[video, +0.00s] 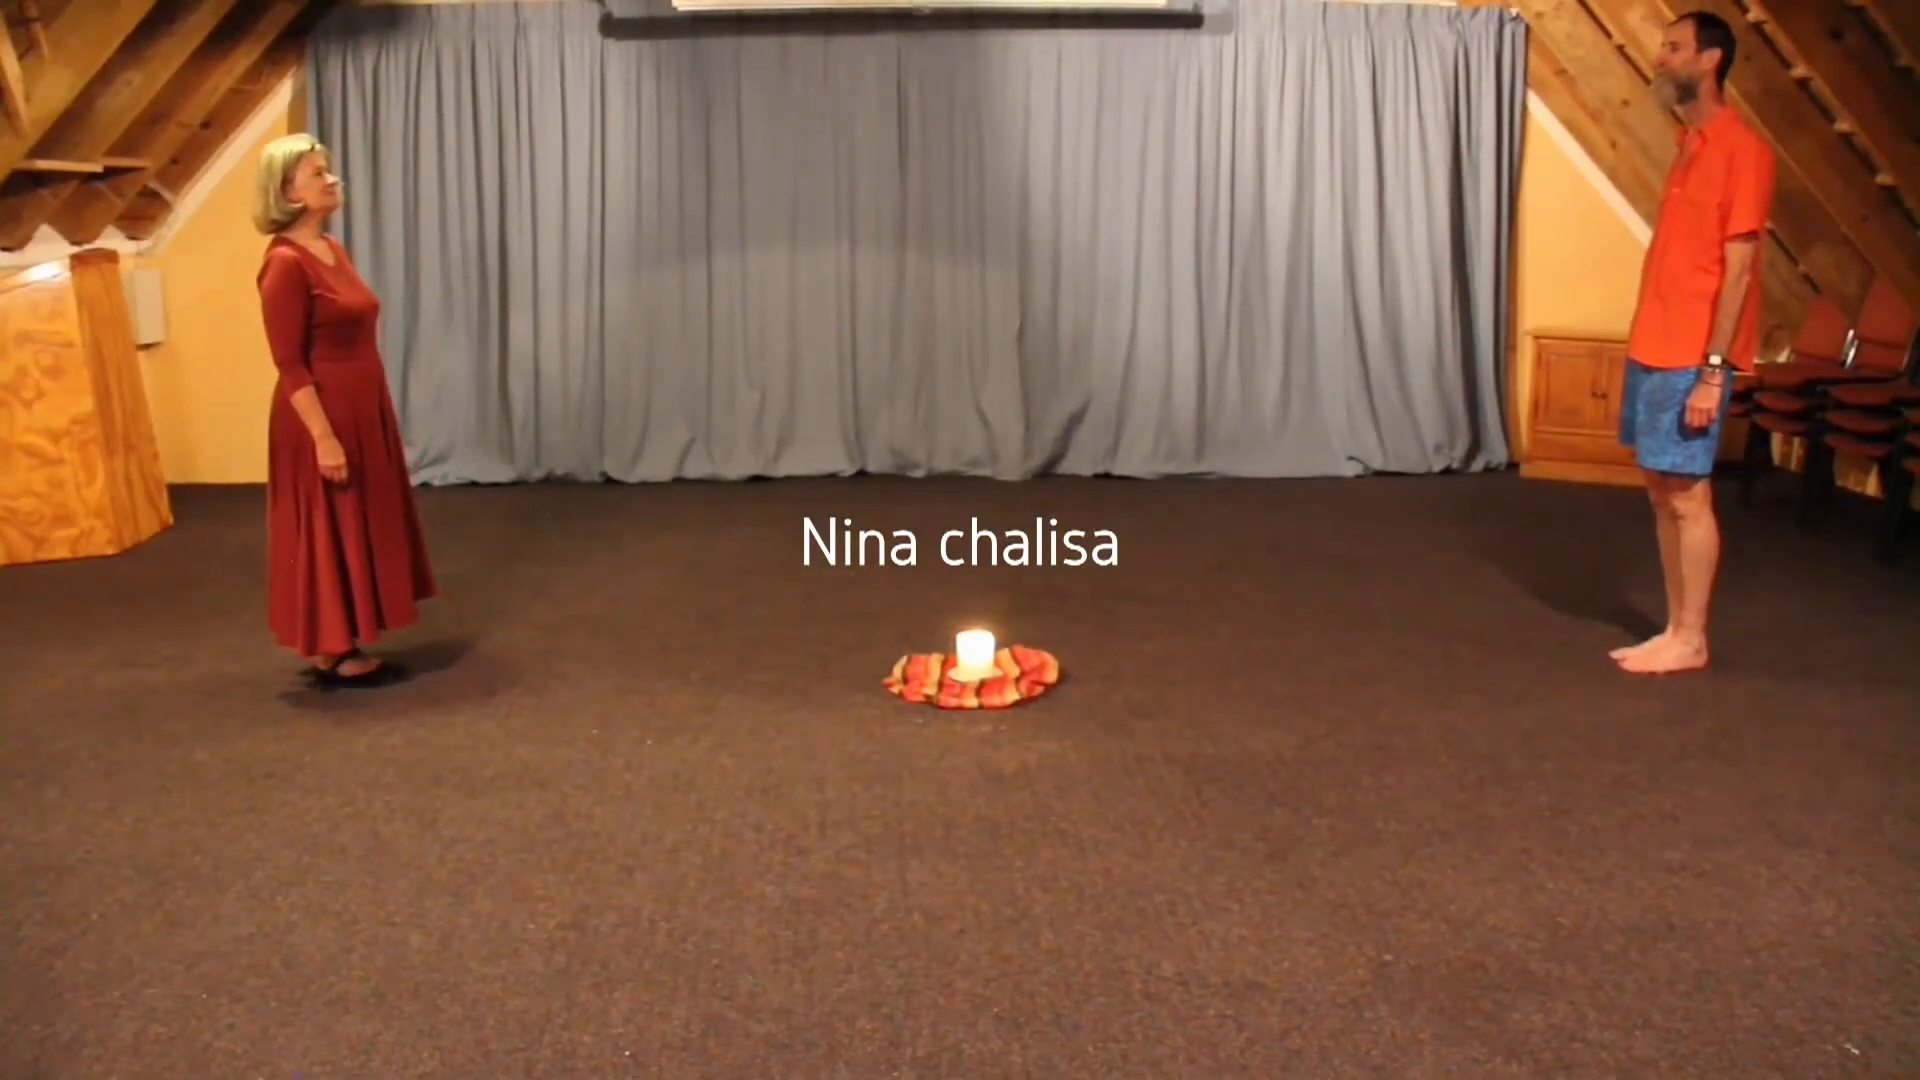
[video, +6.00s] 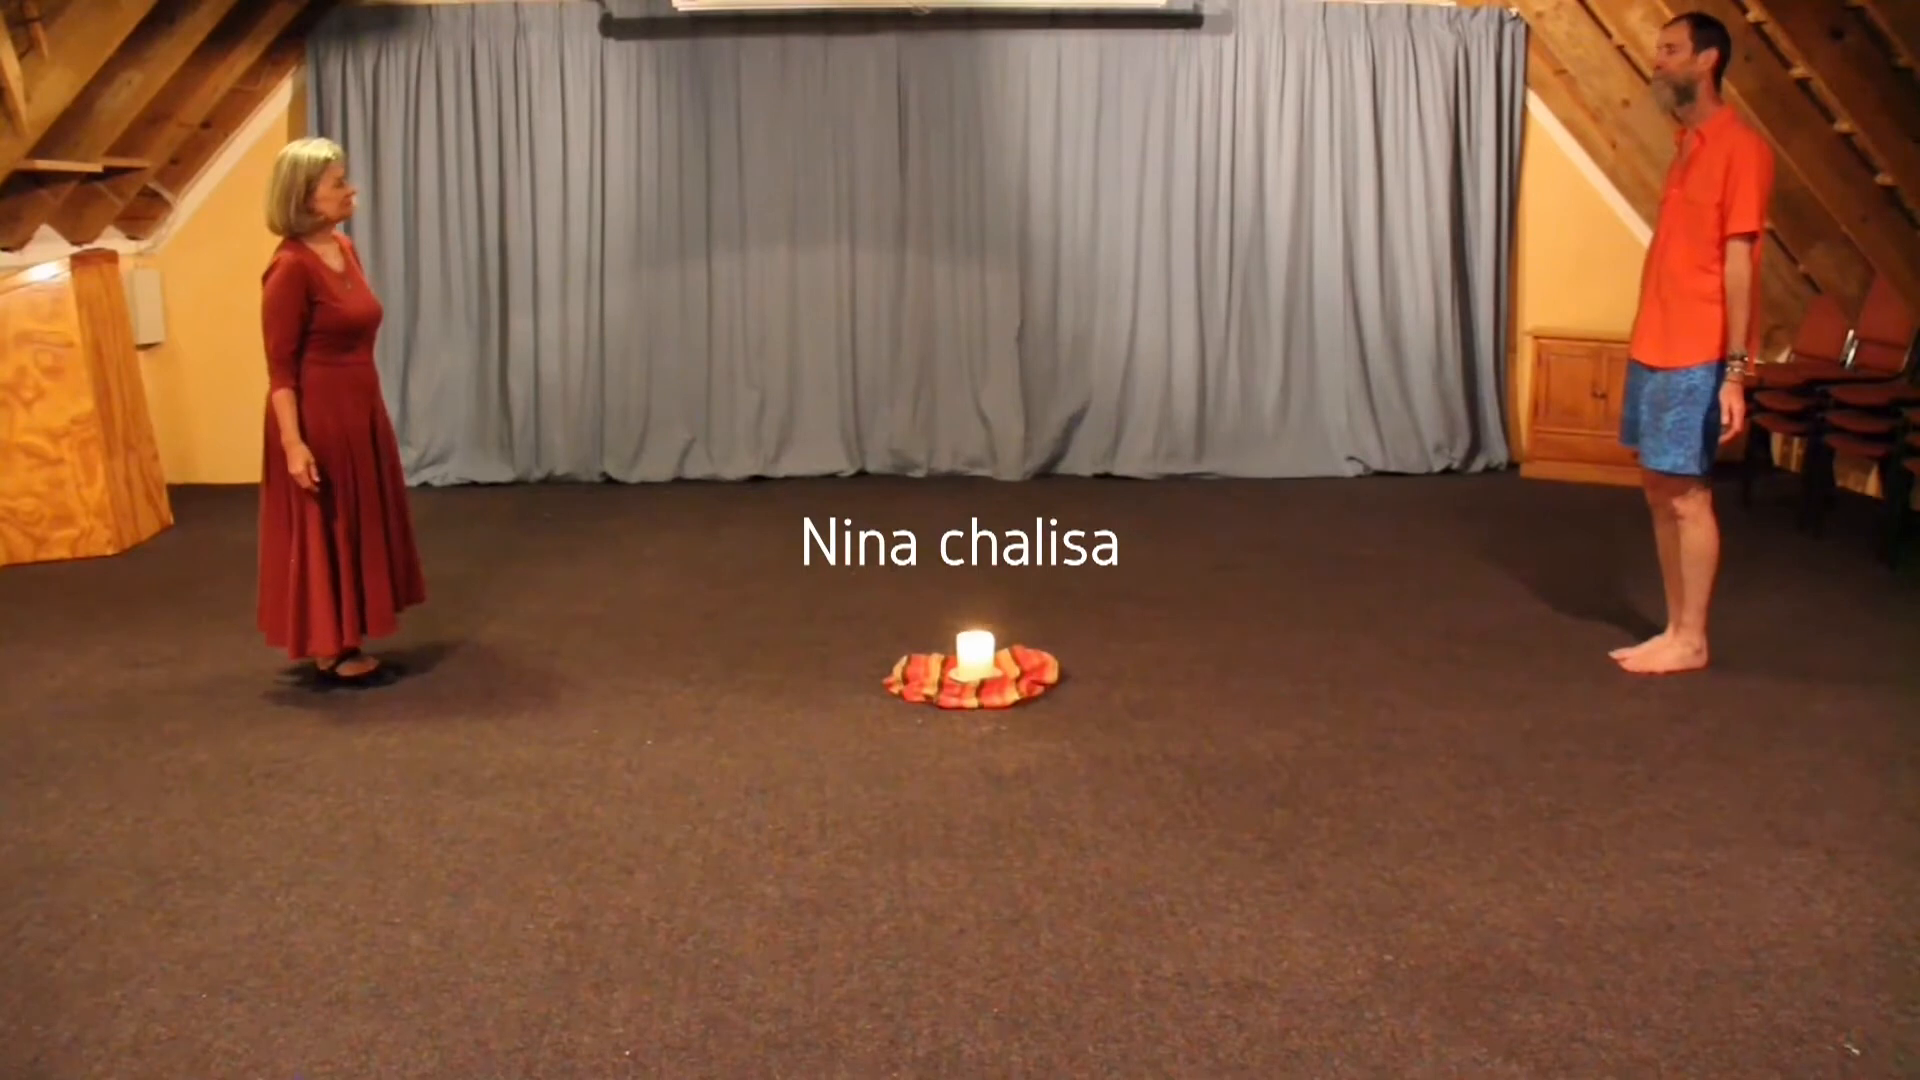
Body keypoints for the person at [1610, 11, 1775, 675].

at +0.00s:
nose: (1660, 58)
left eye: (1674, 47)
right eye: (1662, 46)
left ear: (1711, 59)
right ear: (1693, 61)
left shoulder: (1743, 147)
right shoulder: (1694, 144)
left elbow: (1740, 268)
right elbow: (1684, 258)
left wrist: (1715, 367)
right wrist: (1651, 348)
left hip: (1693, 360)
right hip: (1656, 354)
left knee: (1688, 499)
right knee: (1663, 496)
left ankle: (1692, 639)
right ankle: (1677, 630)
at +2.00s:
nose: (1655, 58)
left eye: (1668, 47)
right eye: (1657, 46)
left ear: (1706, 59)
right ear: (1690, 60)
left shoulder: (1737, 145)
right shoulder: (1691, 142)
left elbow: (1733, 266)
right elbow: (1686, 258)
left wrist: (1720, 370)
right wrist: (1652, 347)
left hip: (1691, 359)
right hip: (1655, 353)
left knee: (1687, 498)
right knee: (1662, 495)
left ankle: (1691, 639)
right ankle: (1677, 631)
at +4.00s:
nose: (1654, 61)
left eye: (1665, 49)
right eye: (1655, 49)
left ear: (1704, 58)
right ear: (1694, 59)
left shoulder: (1737, 142)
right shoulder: (1696, 141)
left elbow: (1735, 257)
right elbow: (1697, 254)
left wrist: (1728, 364)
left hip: (1694, 355)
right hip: (1659, 349)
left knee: (1686, 496)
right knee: (1663, 492)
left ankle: (1691, 639)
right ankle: (1677, 630)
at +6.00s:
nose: (1656, 61)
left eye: (1670, 49)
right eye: (1657, 49)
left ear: (1708, 59)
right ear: (1690, 61)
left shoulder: (1741, 144)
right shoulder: (1692, 142)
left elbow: (1740, 260)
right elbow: (1687, 255)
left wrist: (1736, 369)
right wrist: (1654, 346)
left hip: (1696, 356)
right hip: (1657, 350)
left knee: (1687, 497)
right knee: (1660, 491)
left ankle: (1692, 639)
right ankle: (1677, 630)